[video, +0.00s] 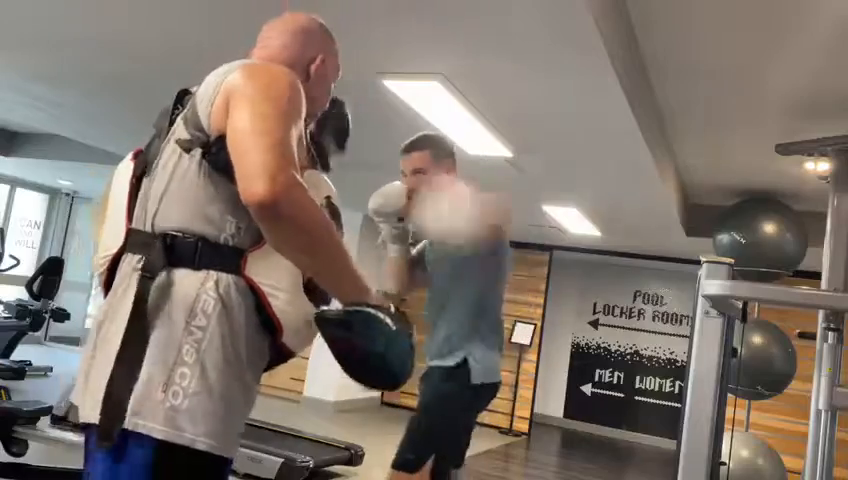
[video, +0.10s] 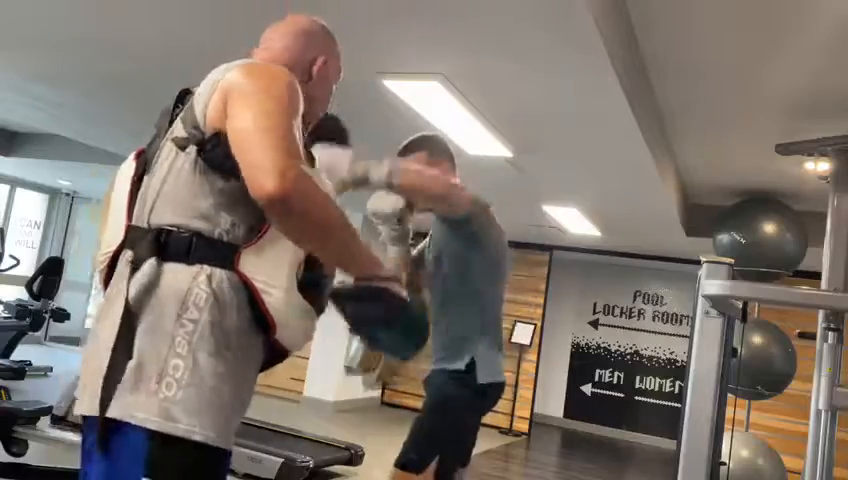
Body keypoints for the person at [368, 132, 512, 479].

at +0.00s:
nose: (408, 185)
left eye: (419, 173)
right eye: (404, 175)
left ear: (448, 172)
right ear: (401, 175)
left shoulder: (486, 217)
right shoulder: (438, 241)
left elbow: (453, 216)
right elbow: (398, 284)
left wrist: (409, 201)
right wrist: (396, 231)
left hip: (468, 370)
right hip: (447, 367)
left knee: (405, 471)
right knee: (441, 472)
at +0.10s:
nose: (413, 181)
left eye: (419, 172)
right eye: (408, 173)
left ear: (446, 170)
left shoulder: (473, 217)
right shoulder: (443, 235)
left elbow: (434, 185)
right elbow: (411, 280)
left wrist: (367, 172)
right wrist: (396, 230)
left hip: (469, 375)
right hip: (455, 373)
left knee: (408, 471)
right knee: (448, 472)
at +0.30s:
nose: (415, 183)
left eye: (424, 172)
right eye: (411, 175)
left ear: (447, 172)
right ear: (407, 176)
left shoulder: (480, 217)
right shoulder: (437, 227)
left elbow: (491, 262)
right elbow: (401, 283)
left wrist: (430, 244)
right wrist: (400, 246)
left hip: (472, 375)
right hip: (452, 372)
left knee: (418, 472)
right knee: (446, 474)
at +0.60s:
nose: (432, 203)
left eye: (442, 191)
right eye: (427, 193)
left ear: (468, 192)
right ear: (422, 194)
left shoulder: (496, 238)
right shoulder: (426, 238)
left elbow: (515, 306)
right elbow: (386, 300)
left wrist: (466, 267)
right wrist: (396, 256)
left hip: (480, 379)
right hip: (434, 376)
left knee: (429, 470)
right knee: (413, 469)